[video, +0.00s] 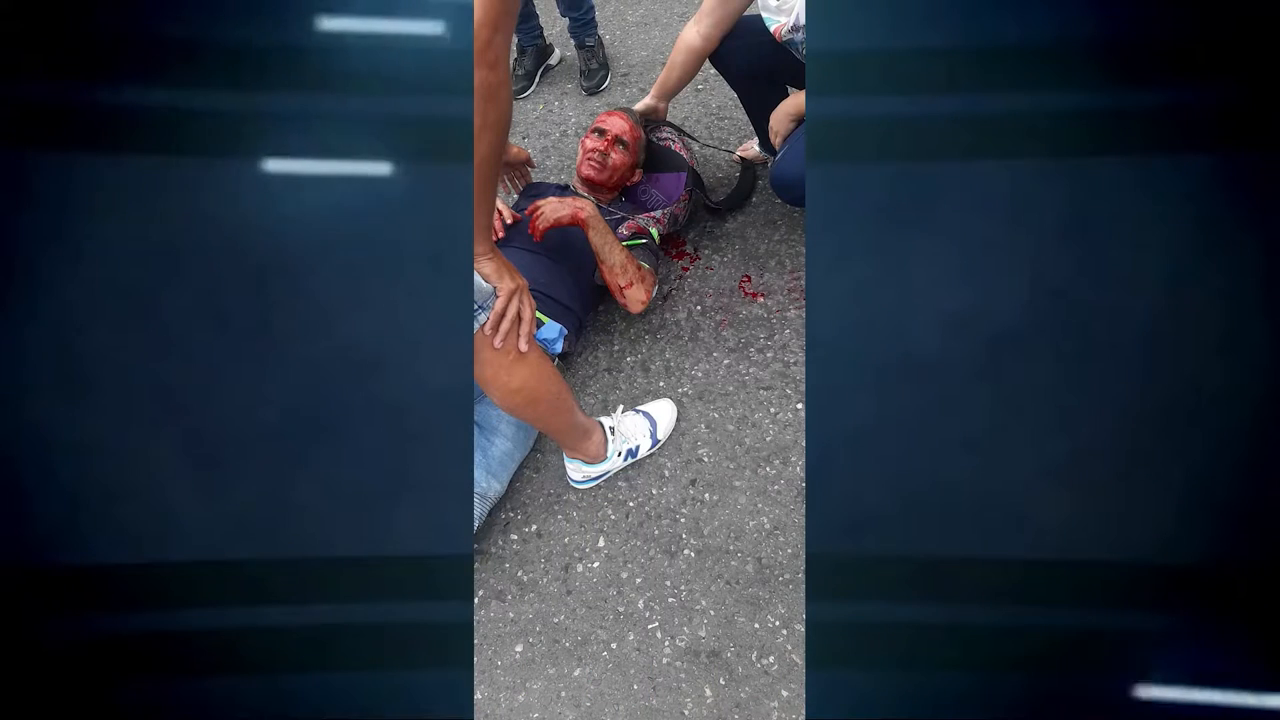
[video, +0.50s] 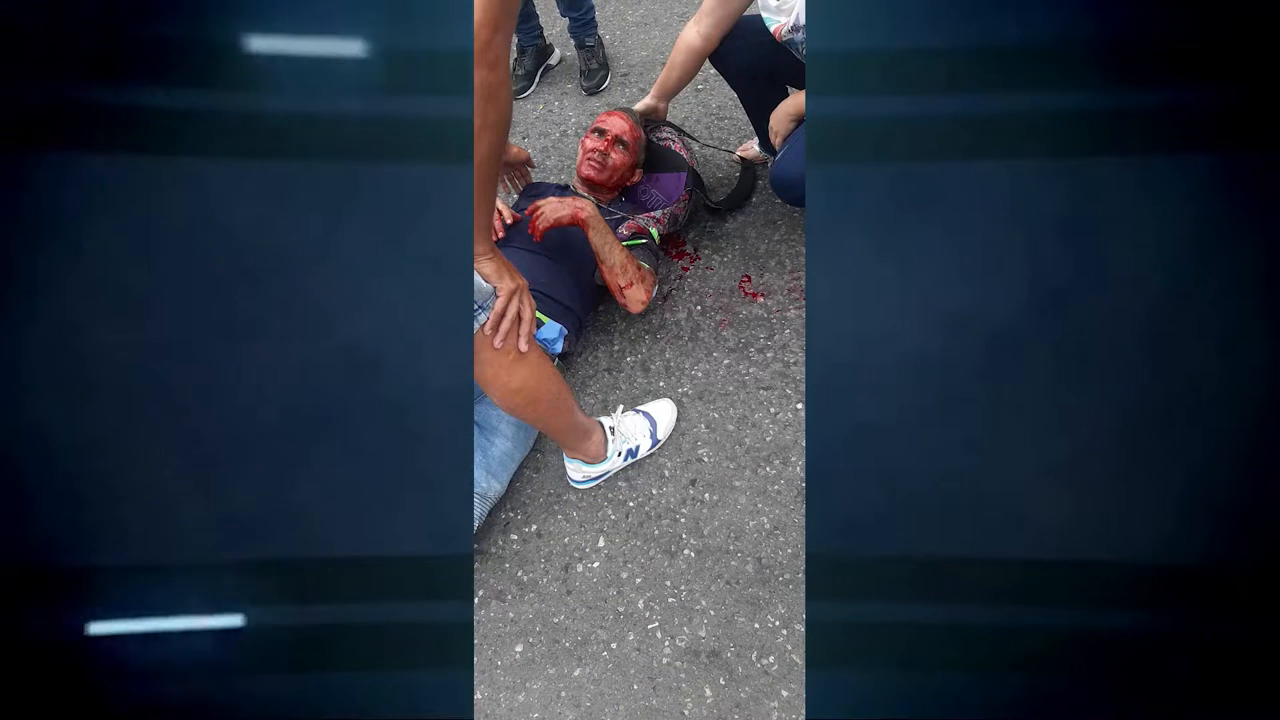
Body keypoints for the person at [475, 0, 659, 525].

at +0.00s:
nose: (599, 146)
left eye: (618, 143)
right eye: (594, 133)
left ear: (634, 170)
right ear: (579, 141)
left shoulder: (627, 224)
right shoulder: (532, 188)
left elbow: (637, 297)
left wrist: (591, 220)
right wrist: (482, 220)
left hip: (533, 338)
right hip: (474, 286)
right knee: (493, 337)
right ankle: (590, 444)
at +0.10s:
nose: (602, 145)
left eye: (620, 144)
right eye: (597, 134)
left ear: (634, 172)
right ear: (580, 144)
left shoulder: (628, 221)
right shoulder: (536, 190)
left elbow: (637, 297)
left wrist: (590, 216)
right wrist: (479, 201)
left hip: (531, 339)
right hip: (476, 282)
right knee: (495, 335)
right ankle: (591, 445)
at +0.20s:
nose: (602, 145)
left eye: (620, 144)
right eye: (597, 134)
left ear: (634, 172)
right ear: (580, 144)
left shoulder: (628, 221)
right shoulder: (536, 190)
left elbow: (637, 297)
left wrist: (590, 217)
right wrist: (479, 201)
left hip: (530, 339)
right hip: (476, 282)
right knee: (495, 335)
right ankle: (591, 445)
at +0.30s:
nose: (602, 145)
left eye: (620, 144)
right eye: (597, 134)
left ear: (634, 172)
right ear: (580, 144)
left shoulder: (628, 221)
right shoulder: (535, 190)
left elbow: (637, 297)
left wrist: (590, 216)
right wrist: (479, 201)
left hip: (531, 339)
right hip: (475, 283)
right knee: (495, 335)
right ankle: (591, 445)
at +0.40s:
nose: (602, 145)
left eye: (620, 144)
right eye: (597, 134)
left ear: (634, 172)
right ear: (580, 144)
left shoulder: (628, 221)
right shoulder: (536, 190)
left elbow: (637, 297)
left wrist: (590, 217)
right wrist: (479, 201)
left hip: (531, 339)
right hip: (475, 283)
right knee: (495, 335)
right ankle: (591, 445)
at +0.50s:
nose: (602, 145)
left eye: (620, 144)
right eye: (597, 134)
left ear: (634, 172)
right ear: (580, 144)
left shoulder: (628, 221)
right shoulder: (536, 190)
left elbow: (637, 297)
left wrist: (590, 217)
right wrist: (479, 201)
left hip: (531, 339)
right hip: (476, 282)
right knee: (495, 335)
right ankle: (591, 445)